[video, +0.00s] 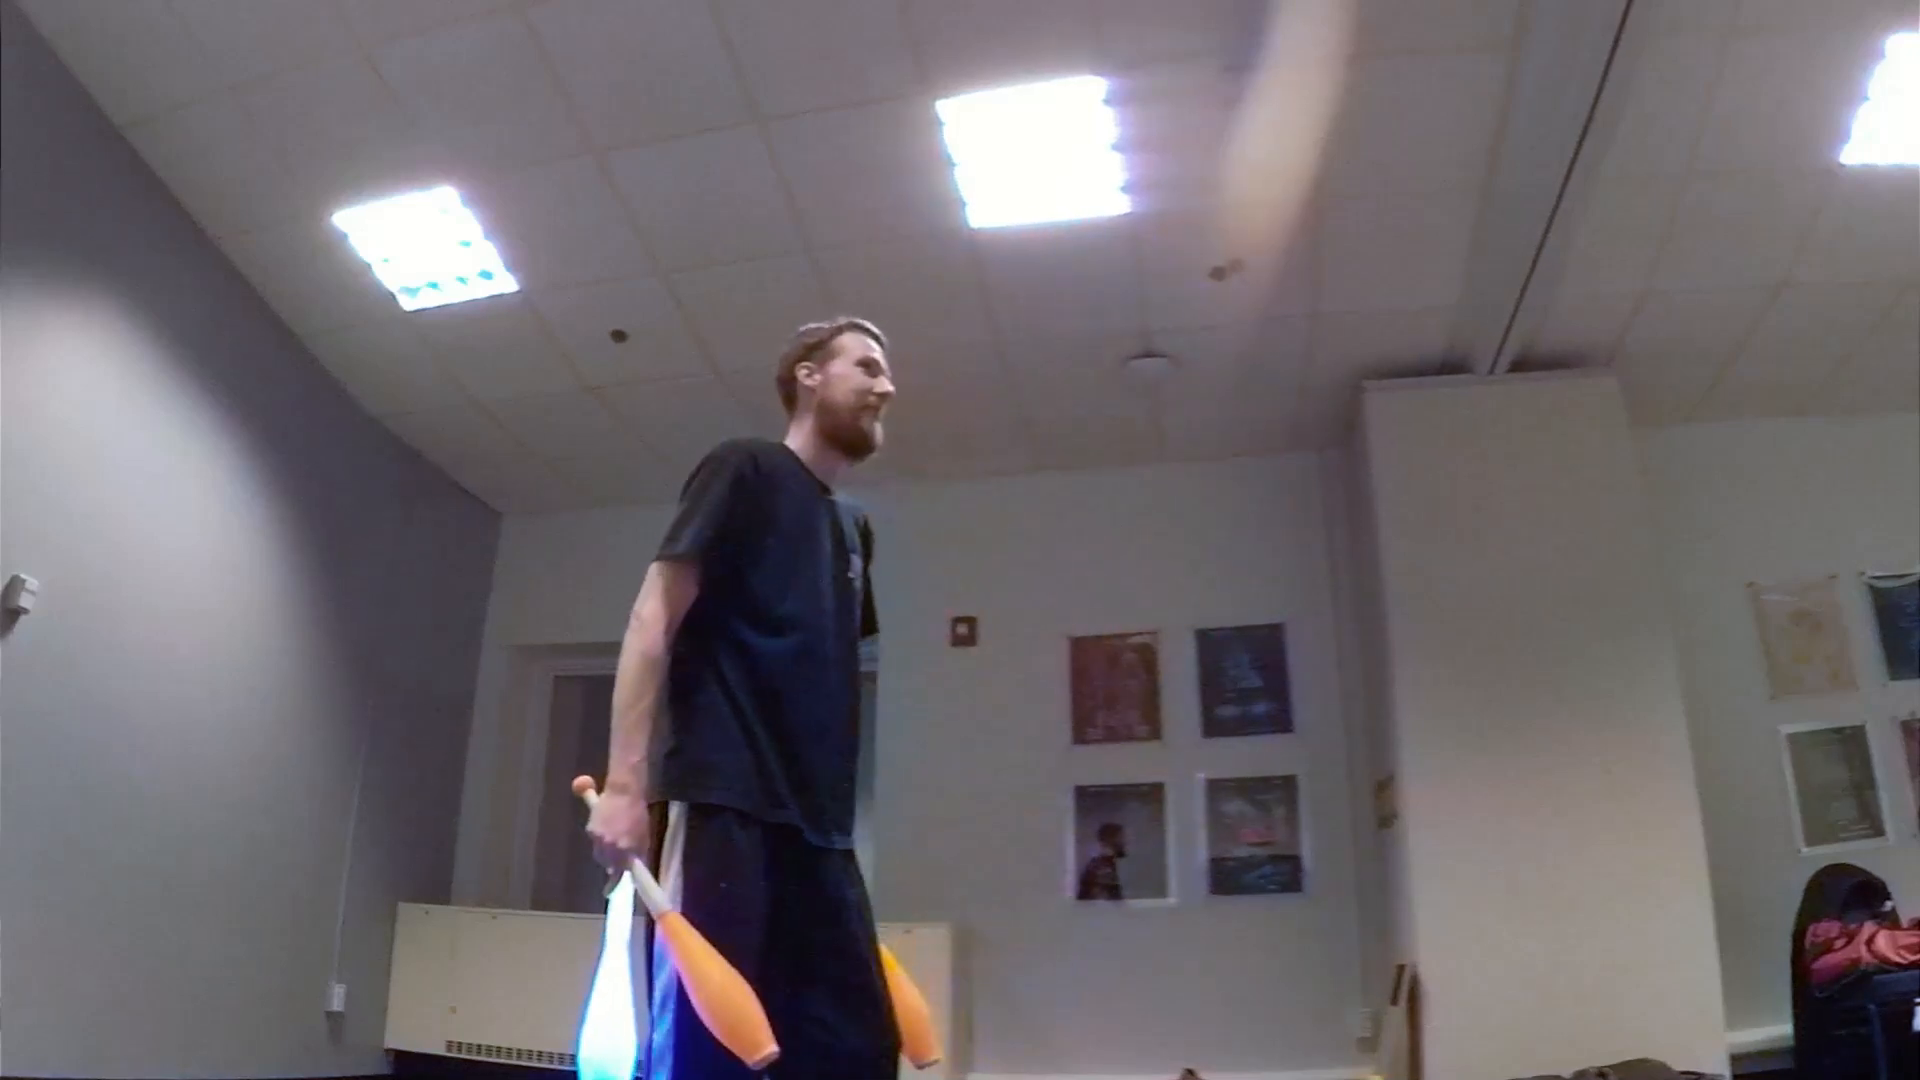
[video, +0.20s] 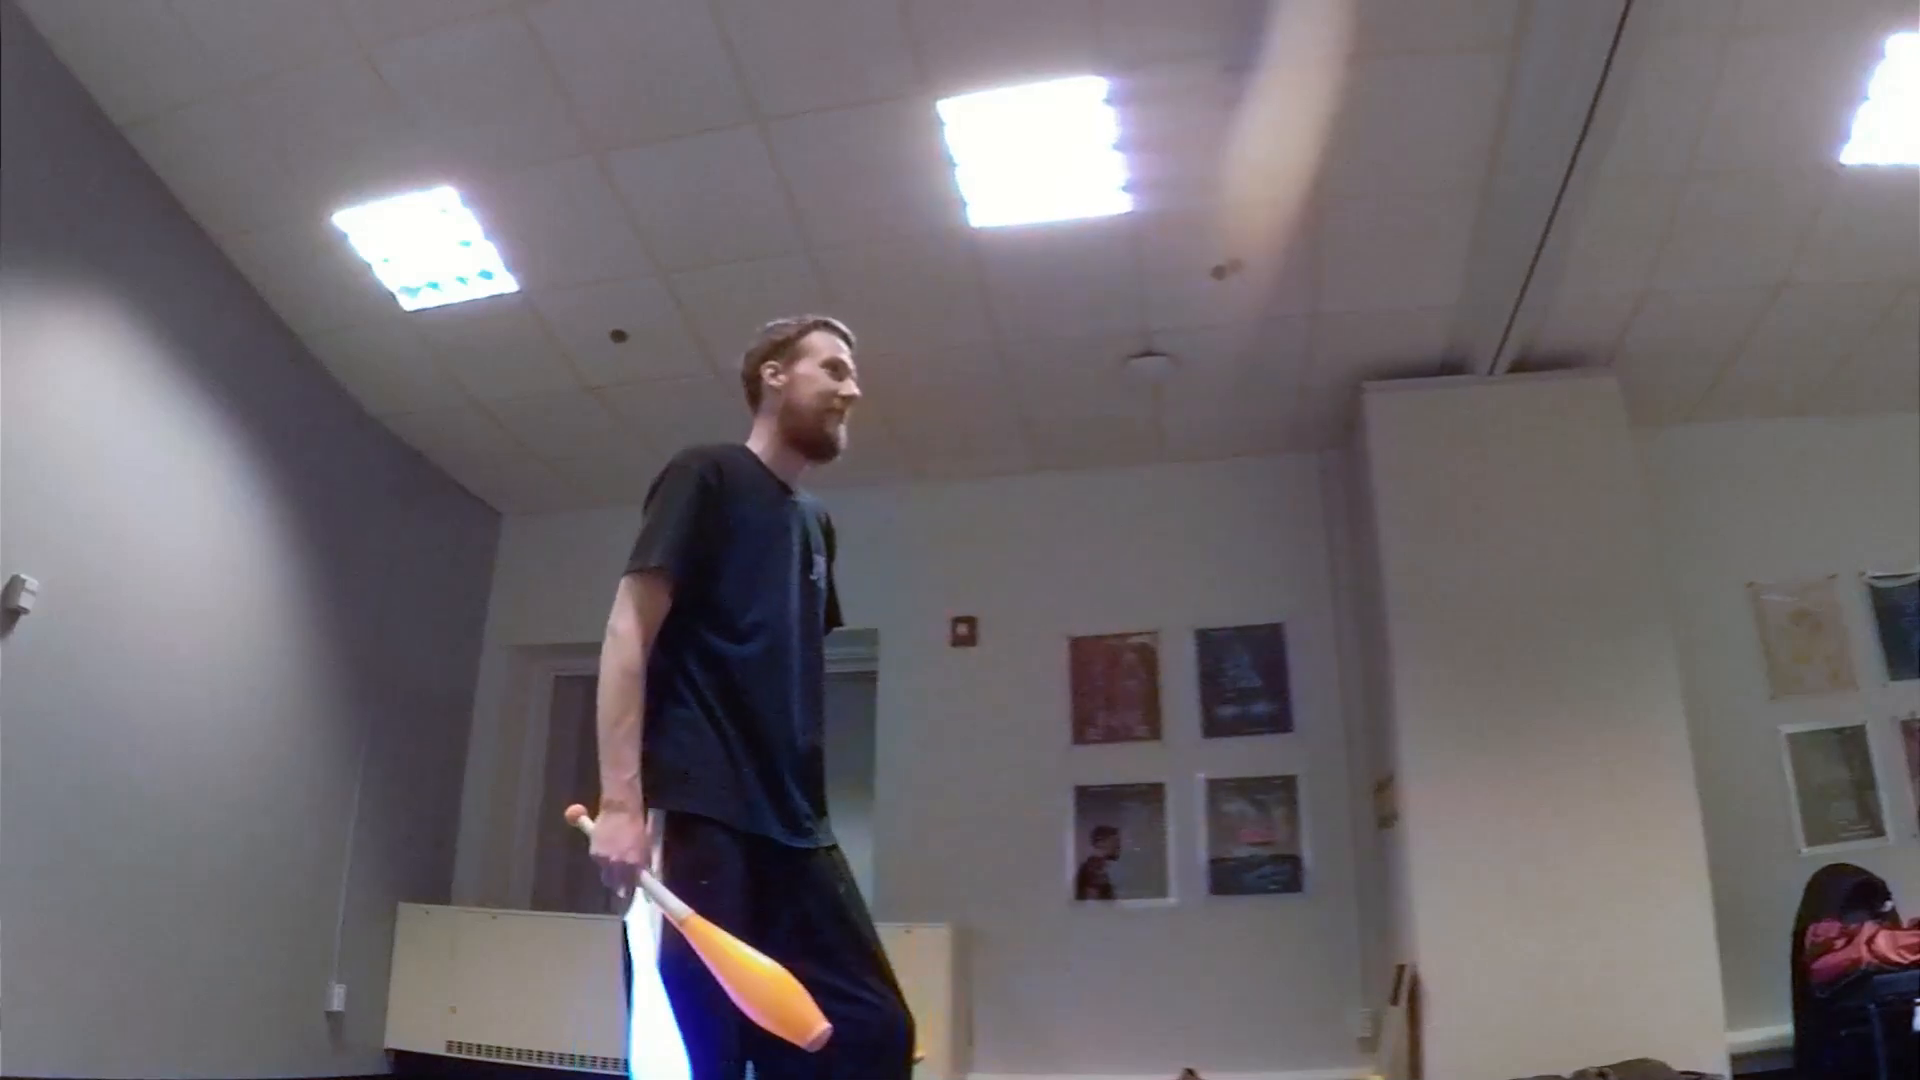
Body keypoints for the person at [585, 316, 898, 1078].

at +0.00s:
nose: (885, 384)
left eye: (887, 375)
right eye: (867, 365)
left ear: (877, 407)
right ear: (805, 378)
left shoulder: (852, 526)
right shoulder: (743, 468)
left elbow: (833, 673)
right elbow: (651, 617)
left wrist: (830, 819)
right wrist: (625, 786)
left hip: (818, 829)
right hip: (721, 815)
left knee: (857, 1044)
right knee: (705, 1045)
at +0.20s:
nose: (851, 389)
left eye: (854, 379)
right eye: (833, 368)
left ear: (849, 408)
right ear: (771, 376)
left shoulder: (815, 525)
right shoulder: (705, 475)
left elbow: (792, 670)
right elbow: (627, 633)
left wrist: (799, 813)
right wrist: (619, 802)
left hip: (795, 828)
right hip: (701, 818)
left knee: (874, 1034)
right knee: (718, 1051)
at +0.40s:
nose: (829, 381)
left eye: (832, 372)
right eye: (810, 362)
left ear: (829, 396)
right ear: (748, 375)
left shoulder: (793, 521)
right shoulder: (689, 471)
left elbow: (773, 680)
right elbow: (608, 626)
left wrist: (793, 829)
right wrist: (658, 782)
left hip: (782, 841)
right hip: (689, 830)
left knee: (861, 1048)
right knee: (689, 1060)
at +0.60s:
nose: (817, 383)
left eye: (821, 374)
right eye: (796, 363)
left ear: (815, 404)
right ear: (737, 380)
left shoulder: (785, 526)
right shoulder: (682, 467)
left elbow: (773, 647)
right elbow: (637, 612)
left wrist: (825, 602)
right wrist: (792, 593)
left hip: (772, 814)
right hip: (681, 800)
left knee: (812, 1041)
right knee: (680, 1040)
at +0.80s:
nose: (808, 388)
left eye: (813, 379)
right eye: (788, 368)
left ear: (808, 401)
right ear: (728, 383)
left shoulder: (769, 527)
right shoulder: (680, 453)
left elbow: (761, 665)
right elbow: (751, 487)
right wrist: (879, 348)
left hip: (761, 793)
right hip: (680, 783)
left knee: (816, 1028)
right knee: (677, 1024)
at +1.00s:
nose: (797, 392)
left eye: (803, 382)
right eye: (781, 374)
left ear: (776, 397)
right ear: (725, 389)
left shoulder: (755, 518)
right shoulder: (682, 457)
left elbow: (751, 667)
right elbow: (767, 447)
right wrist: (875, 303)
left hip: (753, 788)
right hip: (677, 778)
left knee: (813, 1021)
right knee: (679, 1015)